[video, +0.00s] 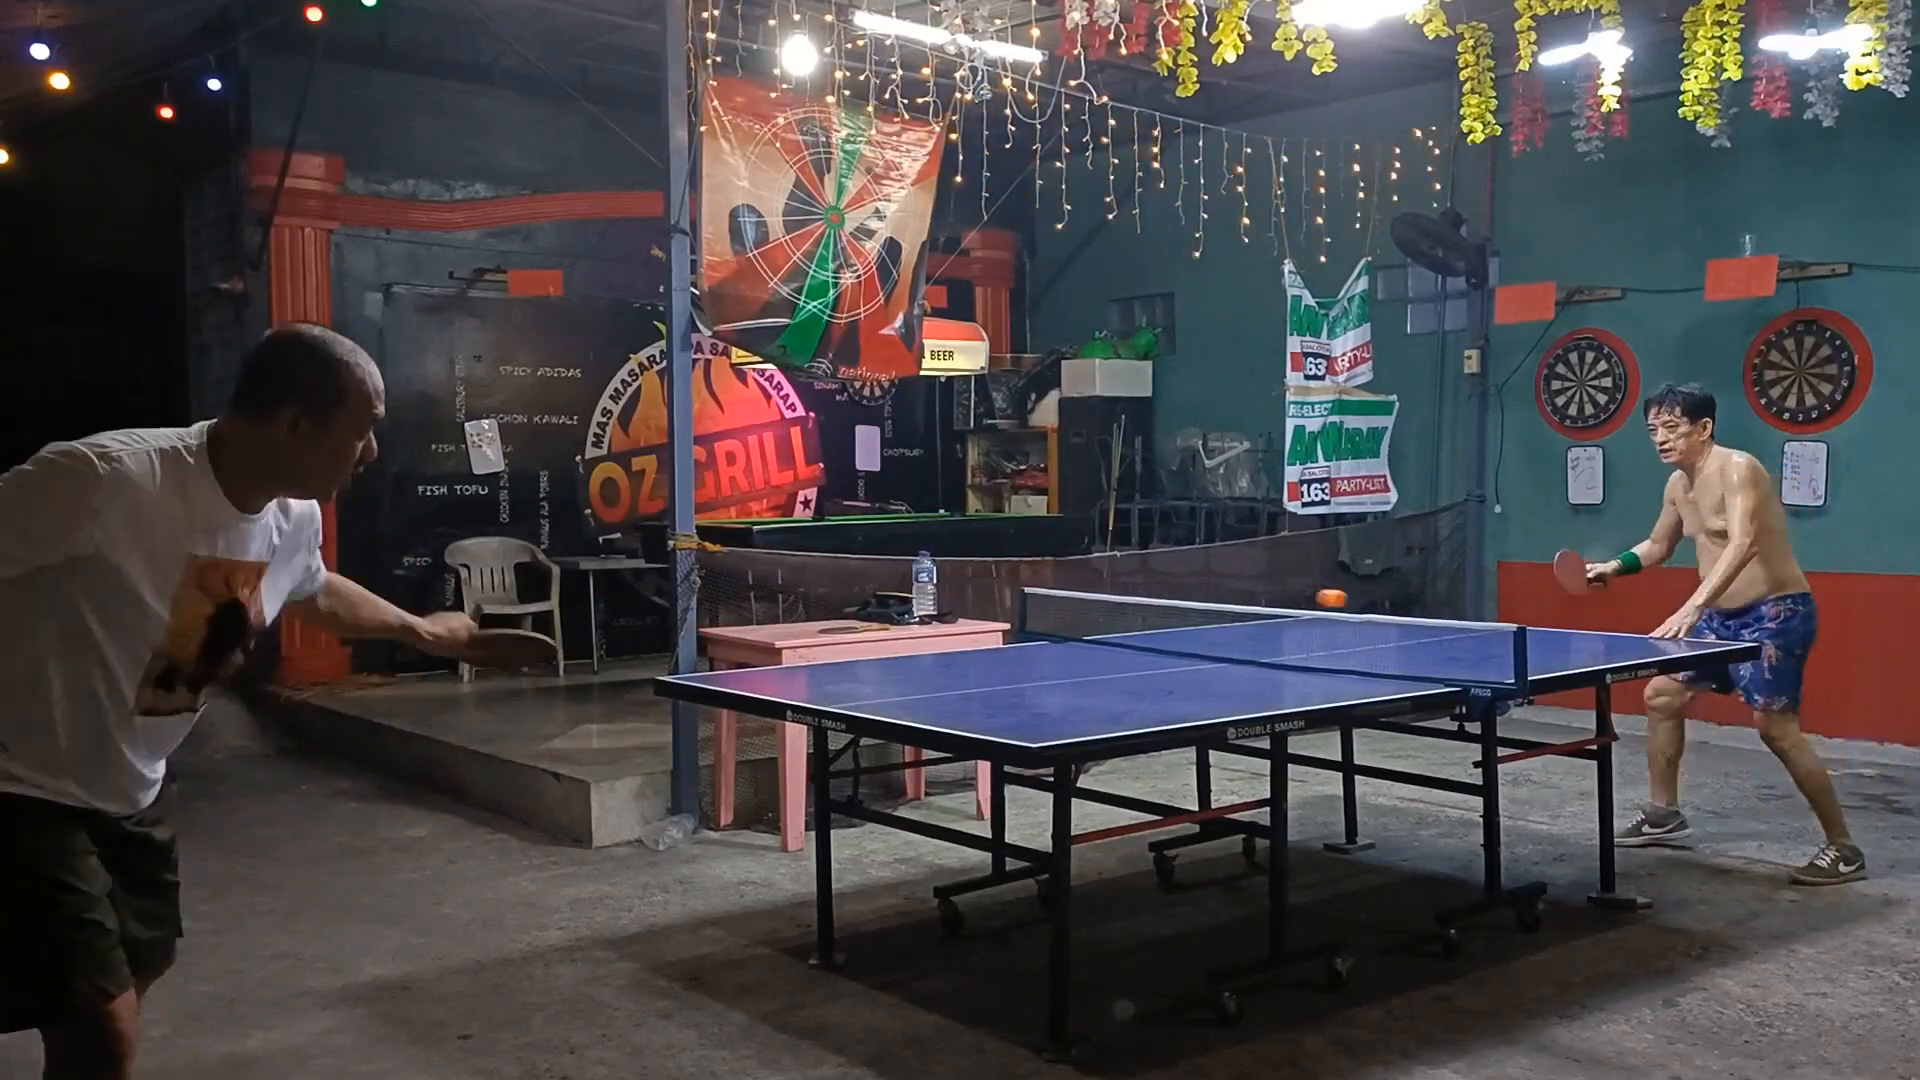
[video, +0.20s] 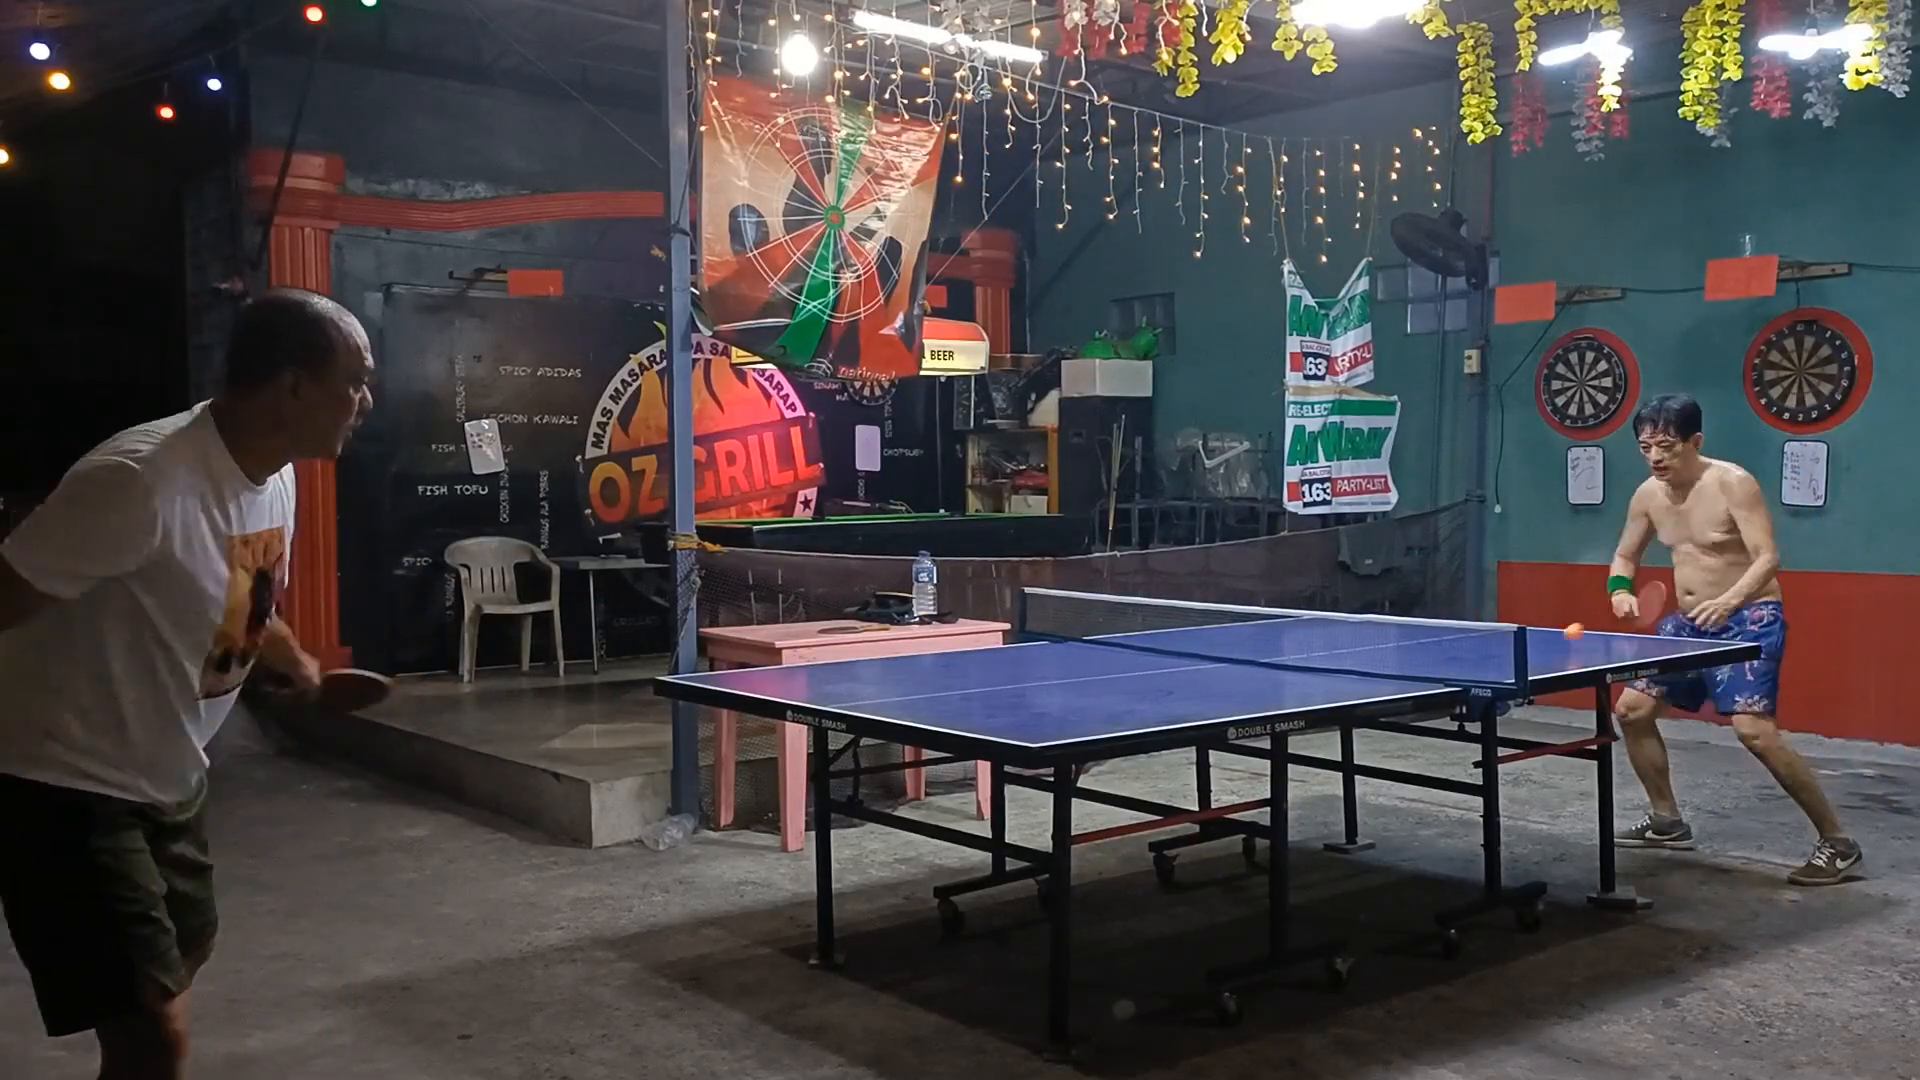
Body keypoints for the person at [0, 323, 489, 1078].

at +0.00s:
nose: (372, 453)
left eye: (374, 432)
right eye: (364, 431)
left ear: (299, 427)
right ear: (296, 425)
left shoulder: (293, 519)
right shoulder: (102, 482)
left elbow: (319, 592)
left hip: (133, 799)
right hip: (26, 792)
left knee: (114, 1022)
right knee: (100, 1036)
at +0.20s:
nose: (368, 403)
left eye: (368, 383)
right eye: (356, 383)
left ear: (295, 392)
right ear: (291, 390)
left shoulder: (276, 477)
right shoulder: (134, 485)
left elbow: (243, 611)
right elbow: (6, 596)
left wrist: (307, 676)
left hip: (168, 780)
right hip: (64, 785)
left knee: (168, 991)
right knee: (153, 1038)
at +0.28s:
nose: (366, 389)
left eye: (365, 368)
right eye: (353, 367)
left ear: (294, 380)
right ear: (290, 377)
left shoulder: (272, 473)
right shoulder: (153, 480)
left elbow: (242, 602)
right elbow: (34, 623)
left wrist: (255, 696)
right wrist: (15, 758)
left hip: (181, 780)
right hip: (85, 785)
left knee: (174, 1018)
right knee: (168, 1033)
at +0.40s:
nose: (371, 374)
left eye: (367, 354)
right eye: (358, 353)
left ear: (304, 367)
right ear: (306, 366)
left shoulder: (271, 472)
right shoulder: (206, 471)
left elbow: (218, 647)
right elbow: (138, 645)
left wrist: (243, 789)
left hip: (194, 778)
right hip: (124, 778)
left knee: (225, 1012)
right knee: (196, 1026)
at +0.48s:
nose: (377, 374)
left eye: (375, 354)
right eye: (366, 354)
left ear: (305, 366)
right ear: (315, 365)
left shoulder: (273, 469)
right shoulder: (237, 466)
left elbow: (238, 654)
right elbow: (187, 637)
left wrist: (337, 773)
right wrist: (329, 761)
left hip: (223, 774)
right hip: (164, 775)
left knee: (245, 1016)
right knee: (218, 1027)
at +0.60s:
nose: (393, 382)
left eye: (390, 365)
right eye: (384, 365)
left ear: (325, 380)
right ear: (342, 379)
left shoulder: (268, 460)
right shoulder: (278, 473)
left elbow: (221, 642)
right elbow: (247, 634)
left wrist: (284, 764)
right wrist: (400, 734)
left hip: (229, 760)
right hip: (210, 768)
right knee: (263, 1012)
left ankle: (248, 1053)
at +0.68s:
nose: (420, 391)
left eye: (417, 375)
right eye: (413, 374)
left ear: (337, 389)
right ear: (380, 384)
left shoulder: (273, 470)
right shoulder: (329, 479)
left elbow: (252, 642)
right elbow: (331, 635)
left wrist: (319, 762)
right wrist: (449, 760)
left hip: (203, 745)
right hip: (241, 752)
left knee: (315, 943)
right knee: (361, 959)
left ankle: (274, 1063)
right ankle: (279, 1068)